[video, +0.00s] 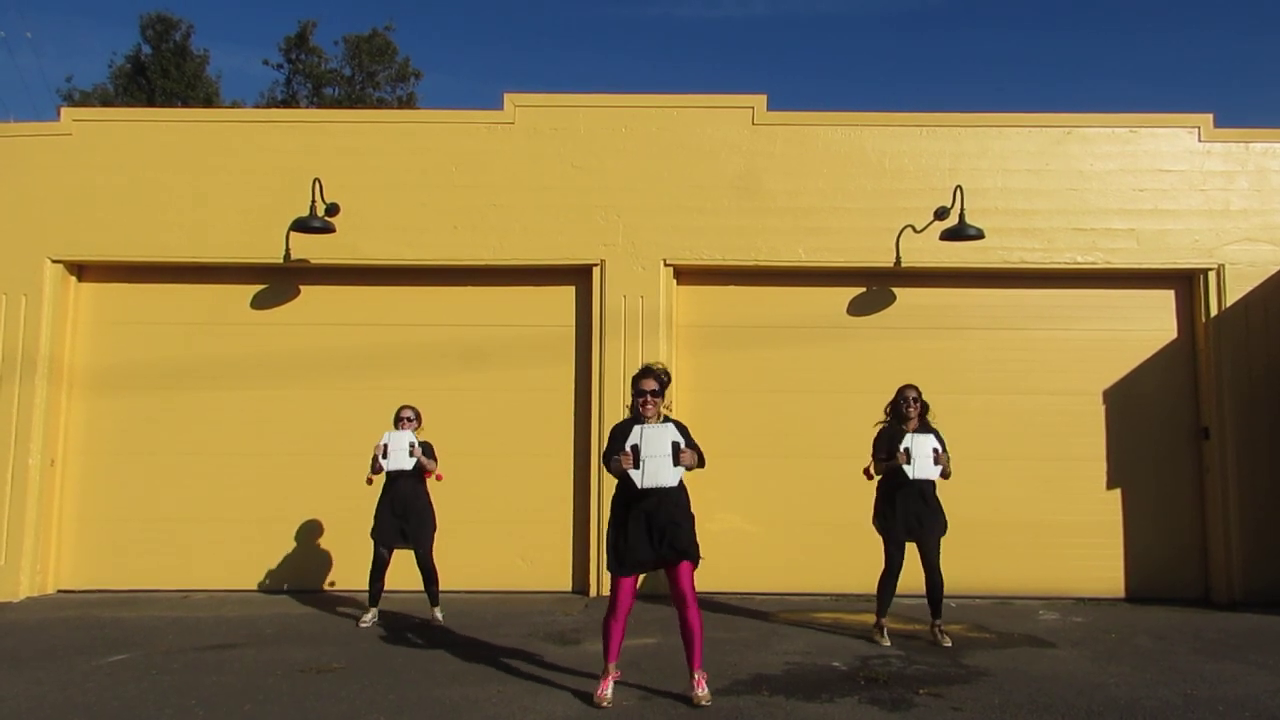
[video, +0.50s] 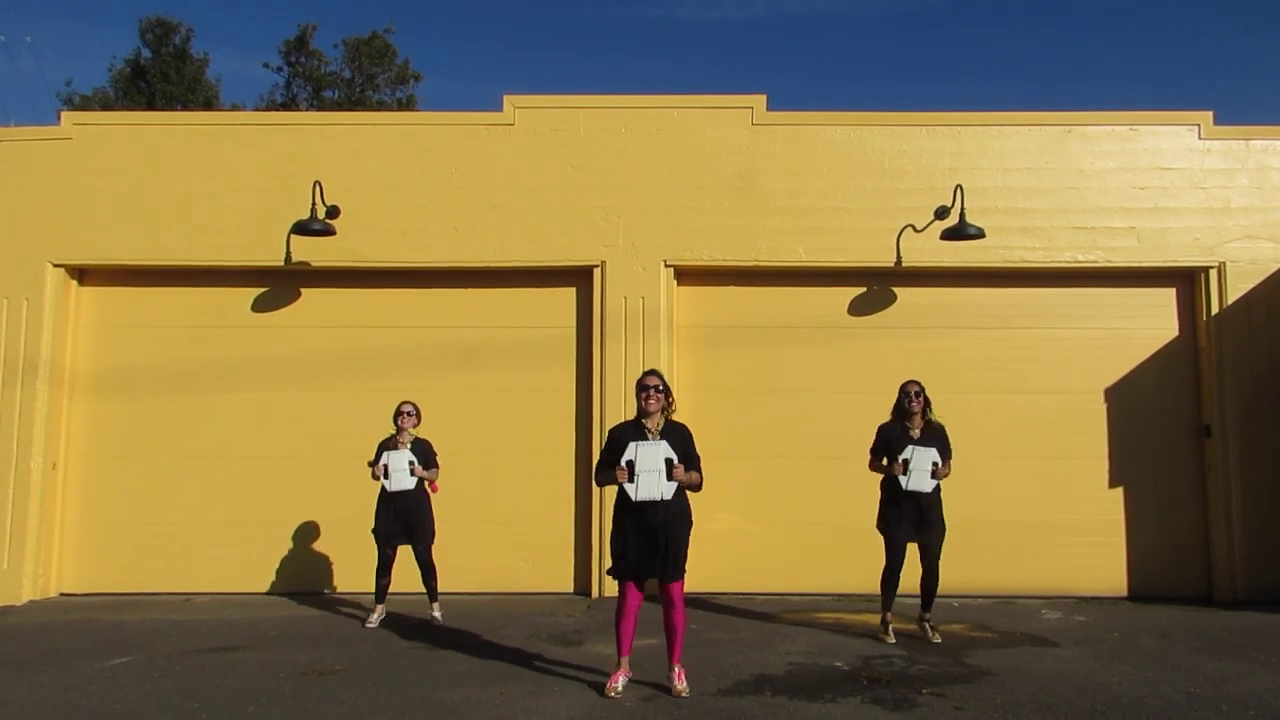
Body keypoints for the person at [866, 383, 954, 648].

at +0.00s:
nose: (910, 404)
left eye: (915, 400)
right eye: (904, 401)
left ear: (921, 404)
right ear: (896, 405)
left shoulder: (932, 434)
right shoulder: (886, 434)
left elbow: (945, 475)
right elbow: (876, 469)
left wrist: (943, 463)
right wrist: (894, 462)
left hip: (925, 505)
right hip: (893, 507)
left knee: (933, 566)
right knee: (893, 565)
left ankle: (936, 625)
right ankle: (880, 624)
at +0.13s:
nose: (910, 410)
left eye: (915, 405)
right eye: (905, 406)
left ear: (921, 408)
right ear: (898, 409)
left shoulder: (931, 438)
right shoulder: (889, 438)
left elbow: (946, 476)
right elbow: (884, 470)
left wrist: (947, 466)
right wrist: (900, 465)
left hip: (925, 511)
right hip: (894, 512)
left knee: (931, 571)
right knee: (892, 569)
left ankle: (936, 627)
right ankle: (880, 626)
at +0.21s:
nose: (910, 397)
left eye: (914, 393)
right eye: (904, 394)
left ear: (922, 399)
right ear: (897, 400)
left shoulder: (935, 429)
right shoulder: (887, 429)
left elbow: (950, 464)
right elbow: (877, 466)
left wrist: (947, 465)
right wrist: (896, 467)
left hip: (925, 505)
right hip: (892, 505)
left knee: (929, 563)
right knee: (890, 561)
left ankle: (936, 623)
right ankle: (880, 620)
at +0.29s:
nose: (910, 395)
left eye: (914, 391)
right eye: (905, 392)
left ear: (923, 395)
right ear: (898, 398)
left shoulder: (937, 429)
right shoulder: (886, 428)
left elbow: (945, 463)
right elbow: (870, 462)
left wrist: (942, 470)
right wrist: (887, 470)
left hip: (926, 504)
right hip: (893, 504)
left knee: (925, 561)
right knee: (892, 560)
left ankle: (928, 620)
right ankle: (883, 617)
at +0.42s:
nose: (912, 404)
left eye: (917, 400)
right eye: (907, 401)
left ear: (924, 404)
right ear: (900, 407)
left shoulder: (936, 438)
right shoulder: (888, 435)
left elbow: (943, 465)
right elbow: (872, 463)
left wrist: (938, 477)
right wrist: (886, 475)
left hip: (927, 512)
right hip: (895, 512)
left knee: (923, 568)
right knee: (894, 567)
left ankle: (922, 623)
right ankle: (887, 623)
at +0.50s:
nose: (913, 399)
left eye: (917, 394)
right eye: (907, 395)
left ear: (925, 399)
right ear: (900, 400)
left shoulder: (937, 430)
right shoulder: (888, 430)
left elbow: (947, 461)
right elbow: (873, 464)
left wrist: (943, 471)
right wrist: (890, 469)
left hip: (929, 507)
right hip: (896, 506)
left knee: (931, 564)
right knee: (894, 563)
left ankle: (925, 618)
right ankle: (886, 620)